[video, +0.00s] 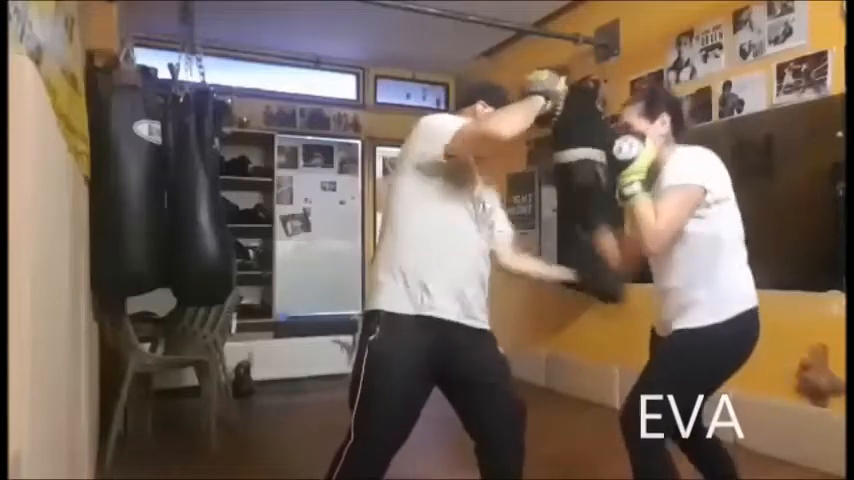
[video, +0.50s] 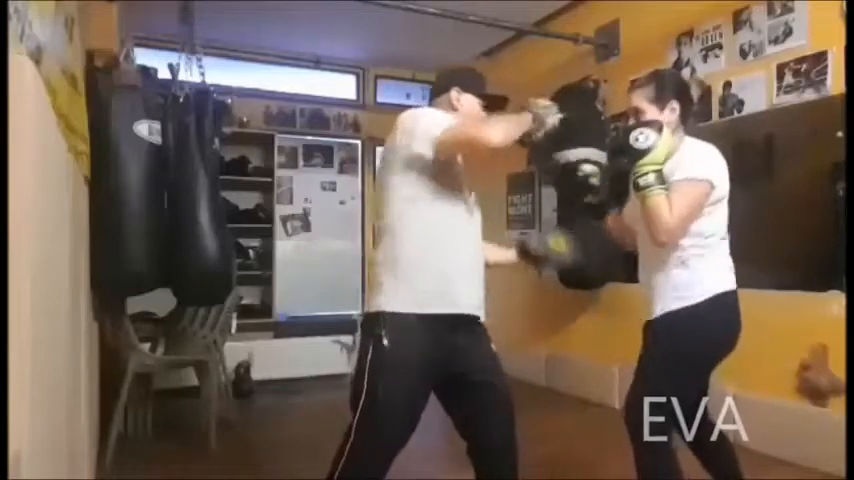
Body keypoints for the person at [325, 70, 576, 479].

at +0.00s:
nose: (493, 125)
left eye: (495, 121)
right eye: (491, 116)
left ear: (485, 120)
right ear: (477, 109)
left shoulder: (486, 194)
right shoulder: (429, 130)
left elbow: (510, 256)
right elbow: (495, 131)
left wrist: (576, 275)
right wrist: (541, 97)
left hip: (467, 329)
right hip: (402, 320)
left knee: (503, 428)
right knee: (373, 441)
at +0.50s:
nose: (486, 111)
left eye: (487, 105)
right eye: (481, 101)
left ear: (461, 102)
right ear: (455, 96)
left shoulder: (454, 163)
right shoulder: (416, 121)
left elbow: (465, 246)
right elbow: (489, 135)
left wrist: (524, 250)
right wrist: (532, 116)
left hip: (461, 324)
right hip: (402, 321)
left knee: (496, 445)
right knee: (369, 450)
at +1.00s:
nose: (500, 128)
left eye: (502, 118)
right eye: (494, 114)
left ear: (466, 112)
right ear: (464, 109)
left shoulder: (463, 158)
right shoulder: (422, 152)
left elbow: (494, 190)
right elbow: (433, 242)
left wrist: (532, 168)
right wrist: (513, 272)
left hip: (460, 331)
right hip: (402, 333)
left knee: (500, 432)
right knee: (370, 454)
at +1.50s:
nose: (483, 115)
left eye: (485, 106)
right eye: (479, 104)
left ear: (449, 101)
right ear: (448, 99)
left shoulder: (461, 145)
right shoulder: (406, 151)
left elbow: (505, 121)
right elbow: (426, 237)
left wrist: (562, 95)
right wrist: (509, 257)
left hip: (463, 325)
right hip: (401, 329)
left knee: (498, 436)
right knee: (367, 450)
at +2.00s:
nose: (469, 99)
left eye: (467, 89)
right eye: (459, 86)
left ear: (433, 93)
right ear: (430, 91)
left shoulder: (441, 148)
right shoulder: (402, 135)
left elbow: (477, 221)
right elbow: (480, 188)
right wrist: (528, 142)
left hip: (452, 329)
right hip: (394, 331)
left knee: (489, 456)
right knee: (360, 460)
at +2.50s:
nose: (503, 98)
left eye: (502, 88)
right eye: (496, 86)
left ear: (469, 90)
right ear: (468, 88)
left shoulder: (474, 152)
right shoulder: (426, 135)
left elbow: (508, 213)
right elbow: (468, 212)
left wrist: (566, 195)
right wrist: (532, 175)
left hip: (470, 327)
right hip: (410, 325)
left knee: (496, 446)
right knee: (370, 450)